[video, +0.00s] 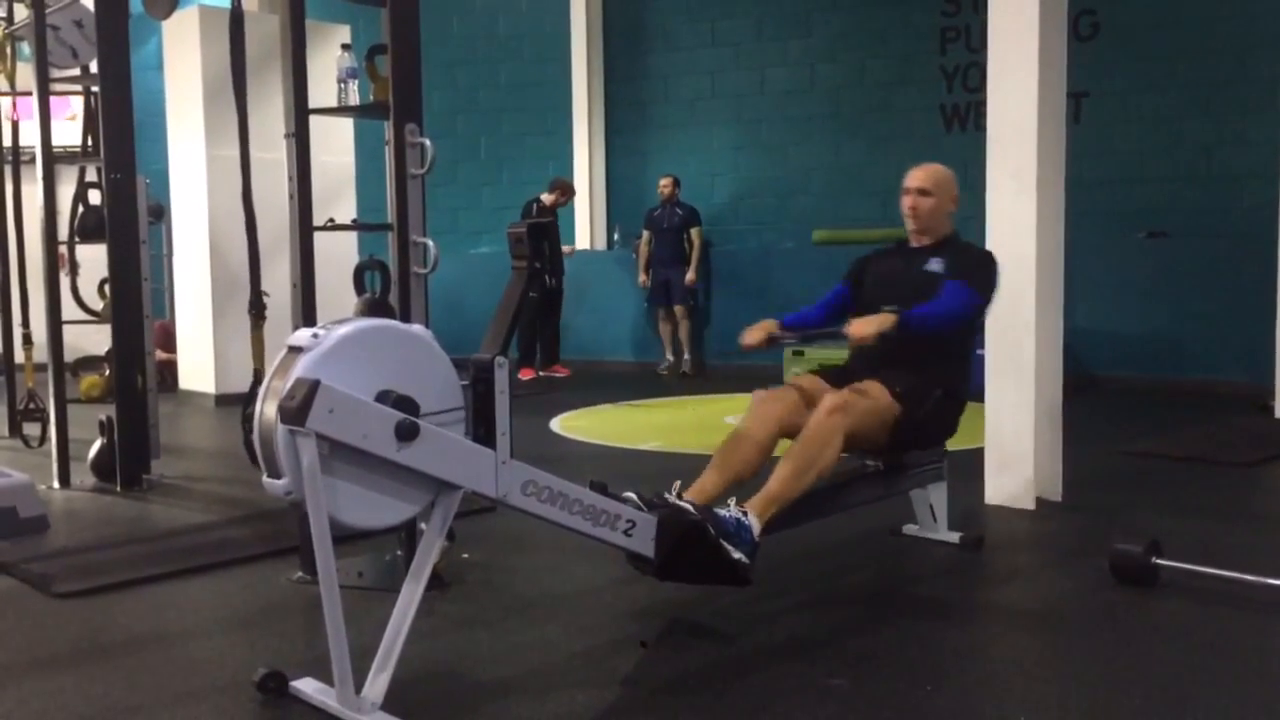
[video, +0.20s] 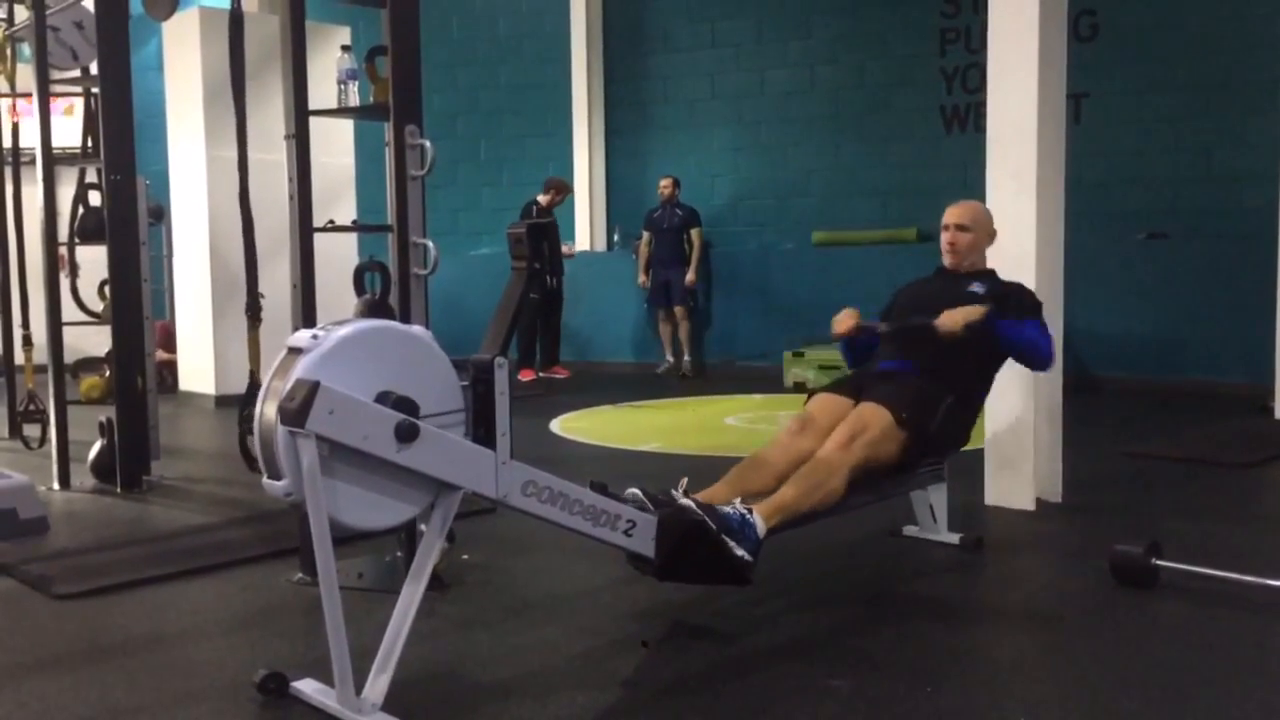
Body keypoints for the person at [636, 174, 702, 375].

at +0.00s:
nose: (661, 190)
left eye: (665, 186)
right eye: (660, 187)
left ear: (676, 189)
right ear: (658, 189)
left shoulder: (688, 212)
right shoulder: (652, 214)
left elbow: (696, 242)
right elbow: (644, 243)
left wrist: (692, 269)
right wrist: (642, 271)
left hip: (679, 270)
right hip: (658, 270)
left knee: (680, 312)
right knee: (663, 314)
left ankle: (686, 356)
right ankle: (668, 356)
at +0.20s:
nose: (661, 191)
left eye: (665, 187)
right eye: (660, 188)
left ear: (675, 190)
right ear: (658, 190)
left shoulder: (688, 213)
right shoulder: (652, 214)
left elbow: (697, 243)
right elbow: (644, 244)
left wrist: (692, 270)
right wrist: (642, 272)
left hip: (679, 271)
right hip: (658, 271)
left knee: (680, 313)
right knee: (663, 315)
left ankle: (686, 357)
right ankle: (668, 357)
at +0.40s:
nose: (661, 192)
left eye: (665, 189)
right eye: (659, 189)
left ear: (675, 191)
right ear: (658, 192)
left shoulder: (687, 215)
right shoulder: (651, 216)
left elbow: (696, 244)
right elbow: (644, 244)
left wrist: (691, 272)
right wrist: (641, 272)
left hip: (679, 272)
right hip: (658, 272)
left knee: (679, 314)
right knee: (662, 316)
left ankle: (686, 359)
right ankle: (668, 359)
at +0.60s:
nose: (660, 193)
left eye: (664, 189)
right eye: (658, 190)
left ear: (674, 192)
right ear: (657, 193)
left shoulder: (686, 216)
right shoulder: (650, 217)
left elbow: (695, 245)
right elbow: (643, 246)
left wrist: (690, 273)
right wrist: (640, 273)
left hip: (678, 273)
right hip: (656, 273)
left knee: (678, 315)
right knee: (661, 317)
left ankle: (684, 359)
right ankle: (666, 359)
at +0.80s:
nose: (659, 195)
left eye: (663, 192)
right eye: (658, 192)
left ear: (673, 195)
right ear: (656, 195)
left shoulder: (686, 218)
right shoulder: (649, 219)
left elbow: (694, 247)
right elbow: (642, 248)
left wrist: (689, 276)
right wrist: (639, 276)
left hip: (677, 275)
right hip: (655, 276)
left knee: (678, 317)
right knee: (660, 320)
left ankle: (683, 357)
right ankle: (666, 360)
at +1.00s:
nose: (659, 198)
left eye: (663, 195)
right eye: (658, 195)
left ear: (673, 198)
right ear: (656, 198)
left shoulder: (685, 220)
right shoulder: (649, 222)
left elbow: (694, 251)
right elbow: (642, 250)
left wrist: (689, 278)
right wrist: (639, 279)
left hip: (677, 279)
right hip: (655, 279)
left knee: (676, 323)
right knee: (657, 323)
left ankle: (678, 369)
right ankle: (665, 367)